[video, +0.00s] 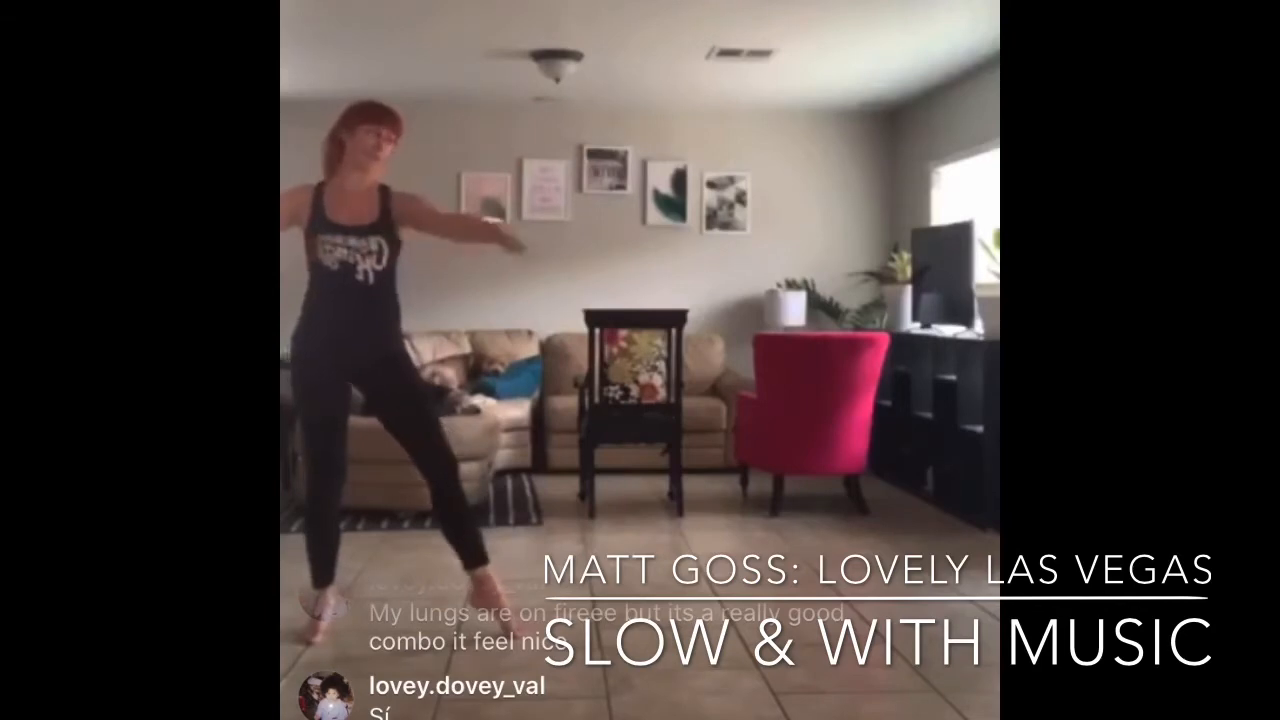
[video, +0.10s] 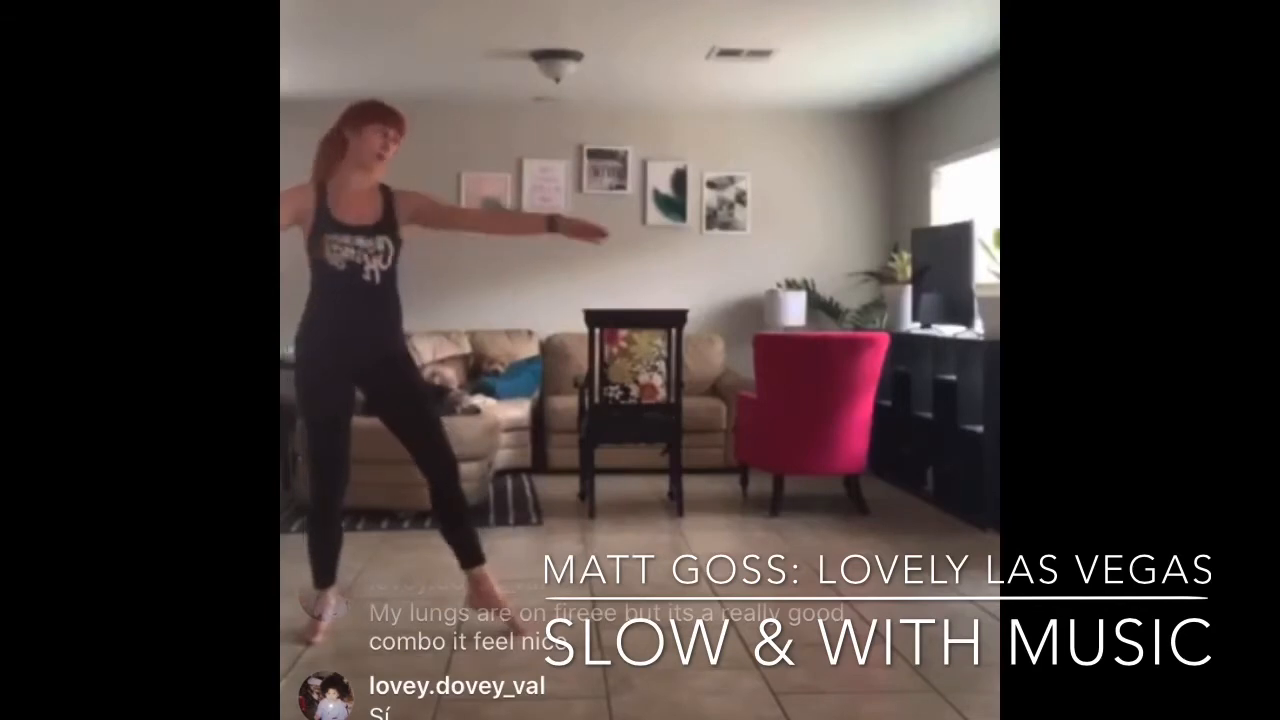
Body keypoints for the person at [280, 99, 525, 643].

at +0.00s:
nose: (380, 145)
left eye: (388, 140)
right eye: (370, 134)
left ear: (393, 153)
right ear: (343, 138)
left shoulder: (394, 204)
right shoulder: (305, 201)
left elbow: (446, 224)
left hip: (380, 350)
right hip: (319, 351)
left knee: (439, 463)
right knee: (325, 474)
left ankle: (482, 581)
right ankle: (323, 592)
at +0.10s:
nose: (389, 143)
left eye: (395, 138)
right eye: (380, 131)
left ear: (396, 149)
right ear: (348, 134)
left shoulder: (399, 204)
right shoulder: (308, 200)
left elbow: (480, 218)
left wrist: (556, 222)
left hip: (384, 352)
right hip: (324, 353)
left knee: (440, 464)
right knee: (328, 479)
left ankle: (480, 583)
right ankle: (324, 594)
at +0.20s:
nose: (398, 146)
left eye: (404, 139)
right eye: (390, 134)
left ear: (402, 149)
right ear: (358, 133)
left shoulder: (405, 201)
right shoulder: (319, 195)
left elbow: (489, 217)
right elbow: (281, 221)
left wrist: (569, 220)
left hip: (392, 352)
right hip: (335, 352)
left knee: (446, 461)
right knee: (336, 477)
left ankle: (460, 585)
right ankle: (327, 595)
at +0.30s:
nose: (411, 140)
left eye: (415, 133)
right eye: (403, 129)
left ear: (412, 141)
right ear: (371, 130)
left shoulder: (416, 195)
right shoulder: (337, 192)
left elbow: (481, 218)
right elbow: (287, 233)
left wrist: (551, 221)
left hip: (408, 349)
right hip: (354, 349)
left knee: (452, 459)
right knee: (347, 471)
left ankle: (430, 587)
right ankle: (326, 590)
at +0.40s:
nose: (428, 137)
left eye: (431, 130)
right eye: (419, 126)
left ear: (421, 140)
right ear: (388, 128)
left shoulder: (421, 192)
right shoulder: (365, 190)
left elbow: (467, 218)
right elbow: (331, 230)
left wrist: (518, 227)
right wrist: (314, 249)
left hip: (428, 344)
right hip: (380, 345)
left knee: (449, 460)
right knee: (374, 464)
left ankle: (427, 588)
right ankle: (331, 587)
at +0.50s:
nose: (441, 138)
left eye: (444, 131)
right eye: (433, 127)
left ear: (431, 137)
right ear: (403, 128)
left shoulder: (426, 192)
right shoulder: (384, 190)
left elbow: (449, 240)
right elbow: (441, 240)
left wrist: (480, 237)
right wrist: (482, 229)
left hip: (440, 338)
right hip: (404, 338)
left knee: (449, 461)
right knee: (412, 463)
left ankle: (427, 588)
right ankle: (366, 595)